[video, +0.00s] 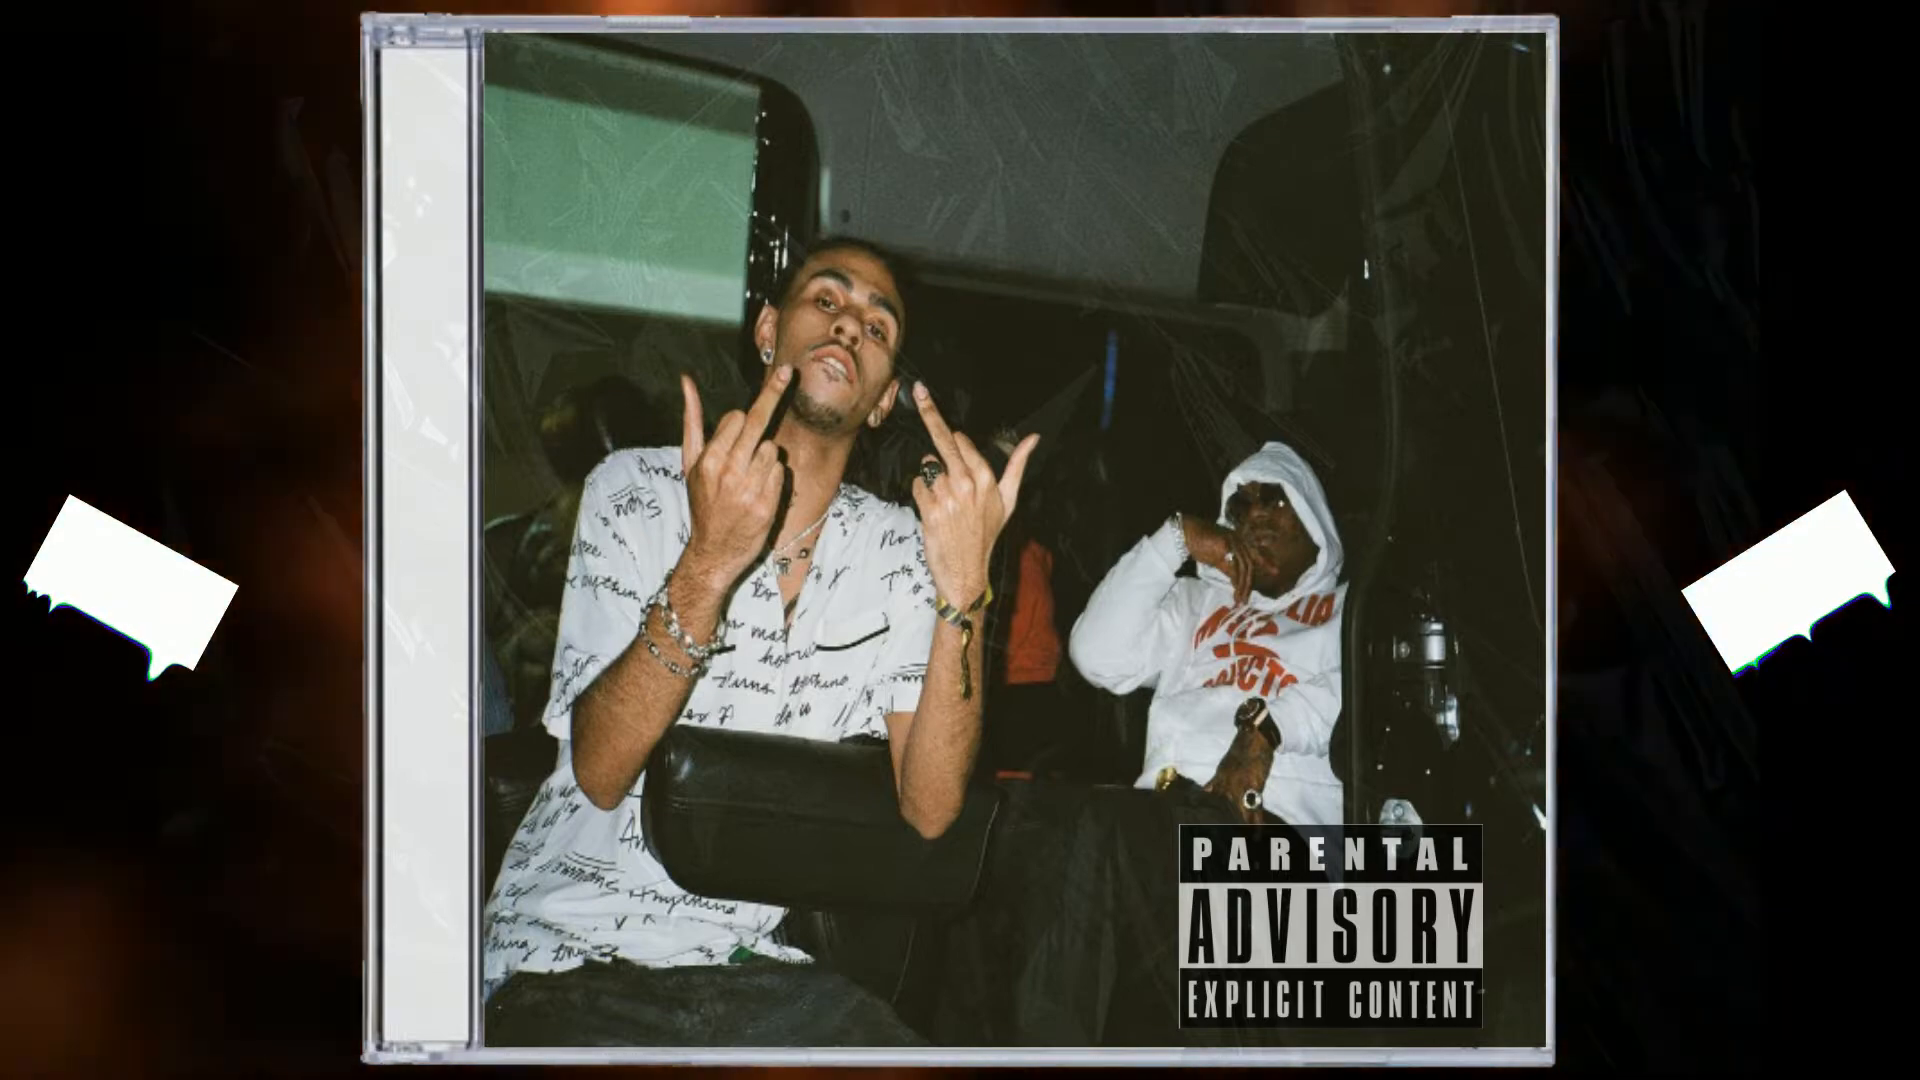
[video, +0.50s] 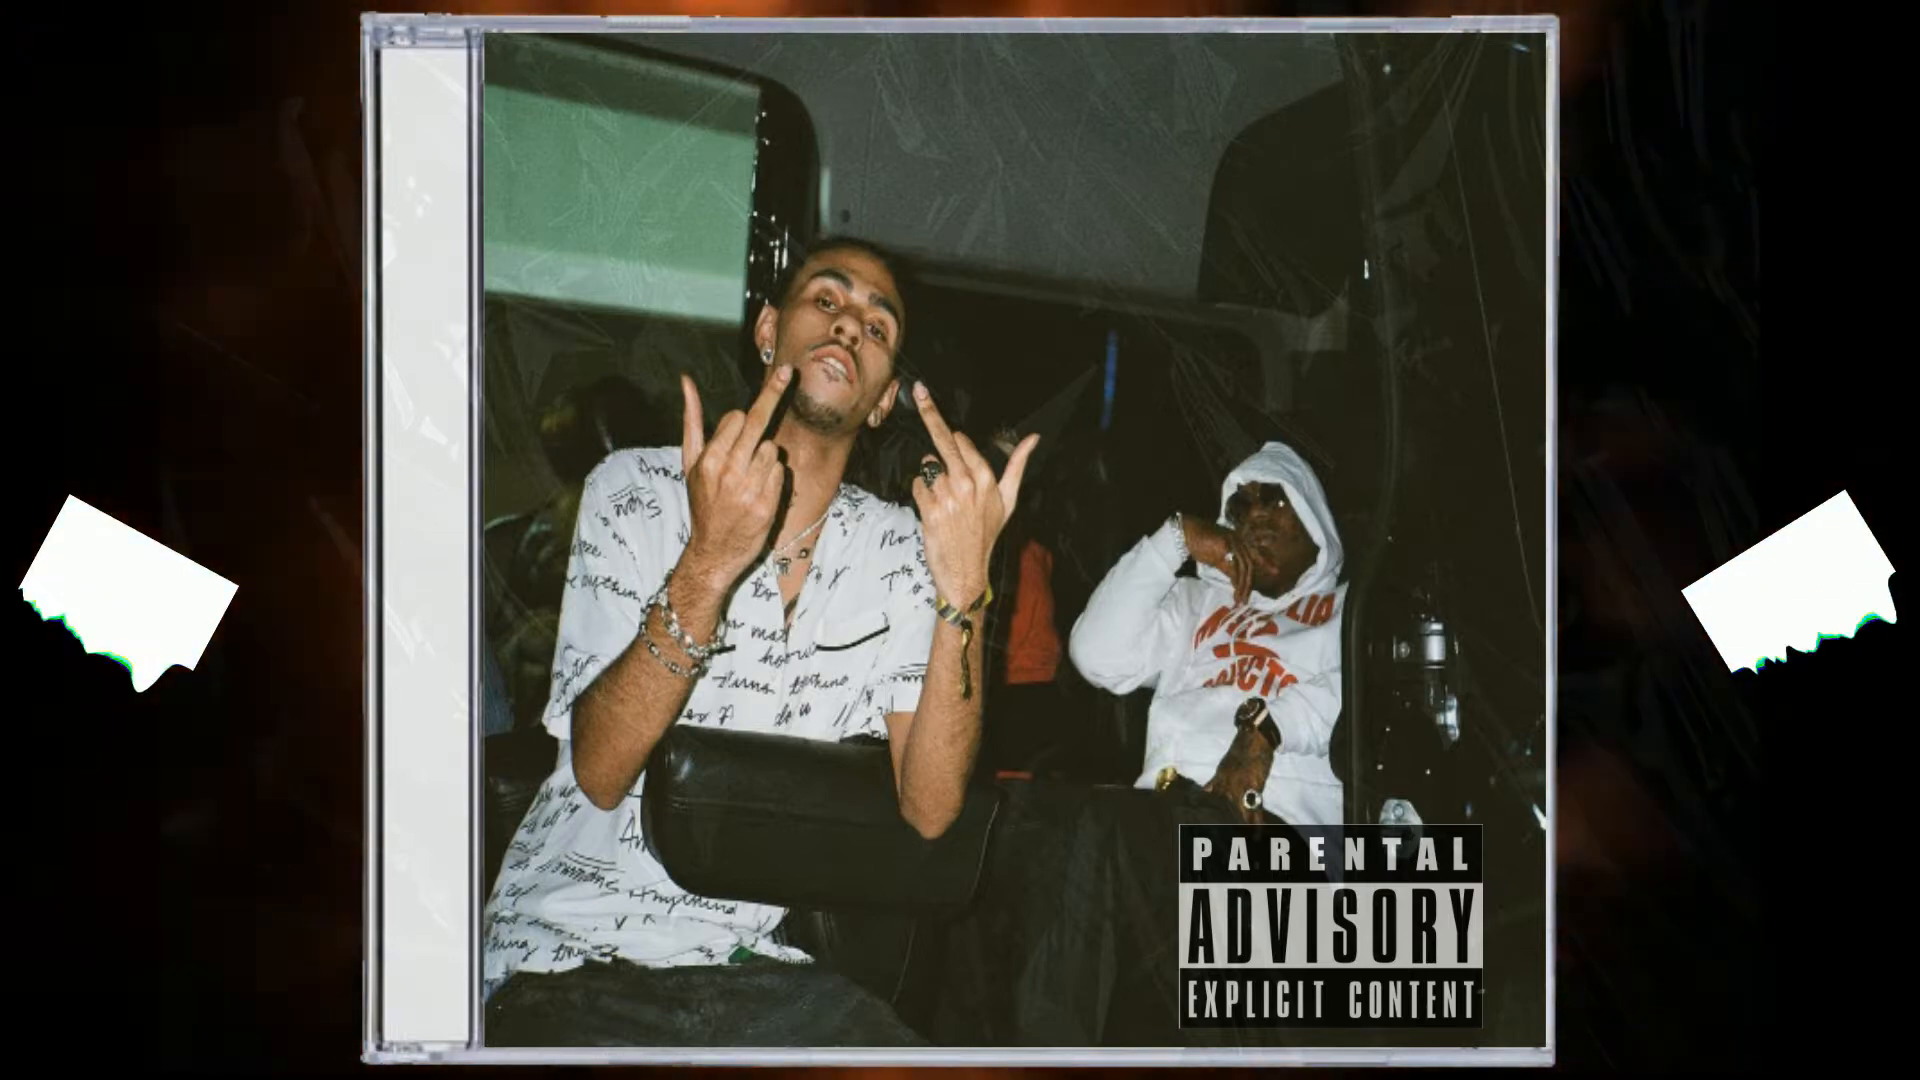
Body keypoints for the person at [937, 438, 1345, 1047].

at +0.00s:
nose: (1259, 518)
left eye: (1279, 502)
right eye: (1246, 503)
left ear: (1318, 523)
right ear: (1227, 522)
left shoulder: (1351, 607)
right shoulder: (1197, 599)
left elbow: (1345, 706)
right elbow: (1099, 658)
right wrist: (1176, 539)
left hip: (1285, 818)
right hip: (1165, 807)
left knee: (1100, 824)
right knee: (1029, 810)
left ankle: (1052, 1052)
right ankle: (968, 1048)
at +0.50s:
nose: (1259, 518)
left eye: (1278, 501)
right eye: (1246, 502)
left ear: (1317, 522)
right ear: (1227, 521)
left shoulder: (1350, 608)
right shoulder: (1197, 600)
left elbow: (1356, 705)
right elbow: (1100, 657)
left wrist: (1266, 724)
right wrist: (1177, 539)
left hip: (1284, 818)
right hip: (1165, 808)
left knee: (1101, 824)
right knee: (1029, 810)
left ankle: (1051, 1053)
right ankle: (968, 1048)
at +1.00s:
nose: (1257, 528)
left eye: (1276, 510)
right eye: (1244, 511)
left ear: (1317, 527)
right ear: (1228, 528)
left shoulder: (1347, 608)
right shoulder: (1194, 600)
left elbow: (1351, 694)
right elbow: (1097, 658)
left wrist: (1266, 728)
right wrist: (1176, 540)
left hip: (1285, 817)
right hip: (1168, 807)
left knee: (1098, 822)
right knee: (1024, 809)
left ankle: (1048, 1056)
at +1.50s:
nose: (1257, 522)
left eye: (1277, 505)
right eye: (1243, 507)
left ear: (1318, 526)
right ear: (1226, 526)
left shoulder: (1350, 607)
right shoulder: (1196, 601)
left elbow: (1355, 698)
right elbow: (1099, 658)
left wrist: (1266, 727)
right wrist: (1177, 538)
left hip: (1284, 818)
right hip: (1163, 809)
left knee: (1099, 822)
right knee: (1028, 810)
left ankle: (1049, 1053)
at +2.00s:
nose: (1259, 518)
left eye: (1279, 501)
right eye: (1245, 503)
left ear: (1318, 522)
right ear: (1227, 523)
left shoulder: (1352, 608)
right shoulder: (1197, 599)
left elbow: (1356, 705)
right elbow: (1100, 658)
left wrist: (1268, 725)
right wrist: (1176, 540)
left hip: (1285, 816)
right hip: (1165, 806)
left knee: (1103, 824)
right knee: (1028, 811)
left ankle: (1051, 1054)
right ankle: (967, 1048)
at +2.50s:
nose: (1259, 519)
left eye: (1279, 502)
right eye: (1246, 503)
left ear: (1318, 522)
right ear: (1228, 523)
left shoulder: (1351, 606)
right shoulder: (1198, 599)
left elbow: (1348, 705)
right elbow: (1099, 658)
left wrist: (1272, 727)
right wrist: (1176, 539)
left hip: (1285, 817)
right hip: (1165, 807)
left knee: (1103, 824)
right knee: (1028, 811)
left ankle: (1052, 1054)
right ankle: (967, 1048)